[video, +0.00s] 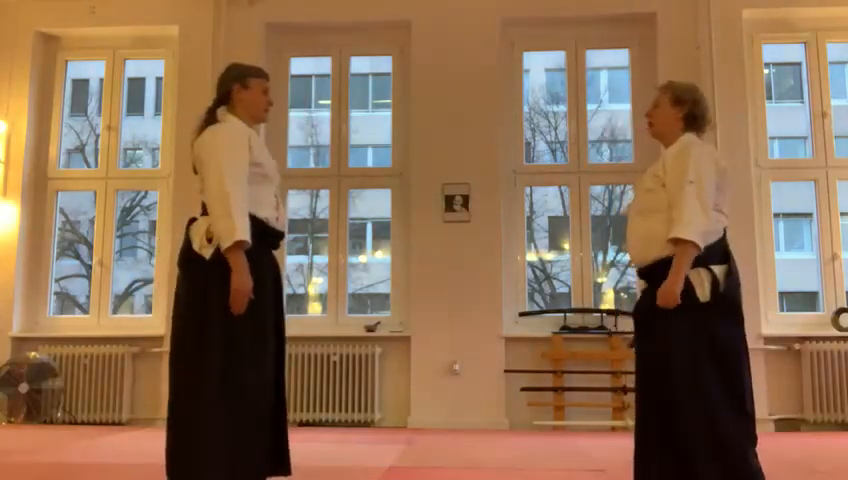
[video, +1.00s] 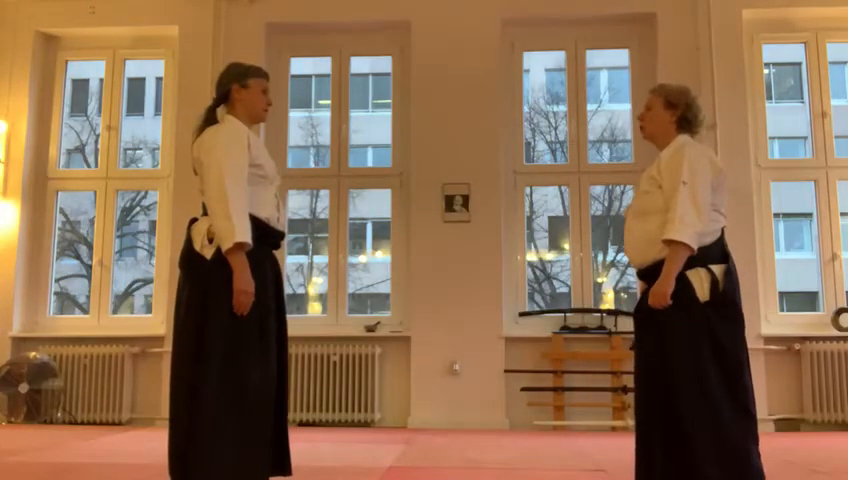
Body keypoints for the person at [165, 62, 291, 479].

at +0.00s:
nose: (270, 99)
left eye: (269, 92)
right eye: (263, 92)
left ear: (246, 96)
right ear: (237, 94)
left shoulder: (246, 136)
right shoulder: (225, 134)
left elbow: (245, 201)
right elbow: (223, 197)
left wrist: (264, 256)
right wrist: (238, 263)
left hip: (248, 256)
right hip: (227, 259)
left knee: (246, 368)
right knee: (229, 368)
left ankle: (241, 463)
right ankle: (225, 466)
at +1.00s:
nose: (269, 100)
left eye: (269, 93)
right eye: (263, 92)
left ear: (244, 96)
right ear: (236, 94)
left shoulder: (243, 136)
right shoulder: (225, 134)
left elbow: (241, 202)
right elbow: (222, 199)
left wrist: (262, 258)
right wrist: (239, 265)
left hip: (247, 257)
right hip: (229, 260)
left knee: (245, 367)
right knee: (231, 367)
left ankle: (241, 463)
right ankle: (227, 465)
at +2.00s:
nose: (268, 101)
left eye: (269, 94)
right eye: (262, 93)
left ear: (242, 96)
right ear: (235, 93)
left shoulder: (238, 134)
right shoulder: (226, 132)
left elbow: (234, 198)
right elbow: (224, 197)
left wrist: (258, 257)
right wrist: (245, 262)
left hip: (237, 257)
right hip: (229, 260)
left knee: (239, 368)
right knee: (232, 368)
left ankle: (236, 464)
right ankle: (230, 466)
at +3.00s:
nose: (279, 105)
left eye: (280, 97)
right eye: (273, 95)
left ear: (248, 93)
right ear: (247, 90)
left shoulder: (237, 133)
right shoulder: (237, 133)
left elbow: (261, 199)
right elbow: (258, 199)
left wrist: (317, 202)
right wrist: (319, 202)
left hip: (212, 252)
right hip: (223, 256)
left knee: (216, 363)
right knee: (231, 362)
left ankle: (212, 466)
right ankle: (230, 467)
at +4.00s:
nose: (208, 115)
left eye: (210, 109)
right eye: (203, 106)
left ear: (190, 109)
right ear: (176, 102)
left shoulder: (188, 153)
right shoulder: (153, 142)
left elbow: (188, 221)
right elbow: (140, 204)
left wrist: (203, 281)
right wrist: (194, 234)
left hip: (180, 266)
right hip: (150, 265)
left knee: (177, 368)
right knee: (147, 368)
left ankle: (170, 465)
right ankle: (139, 465)